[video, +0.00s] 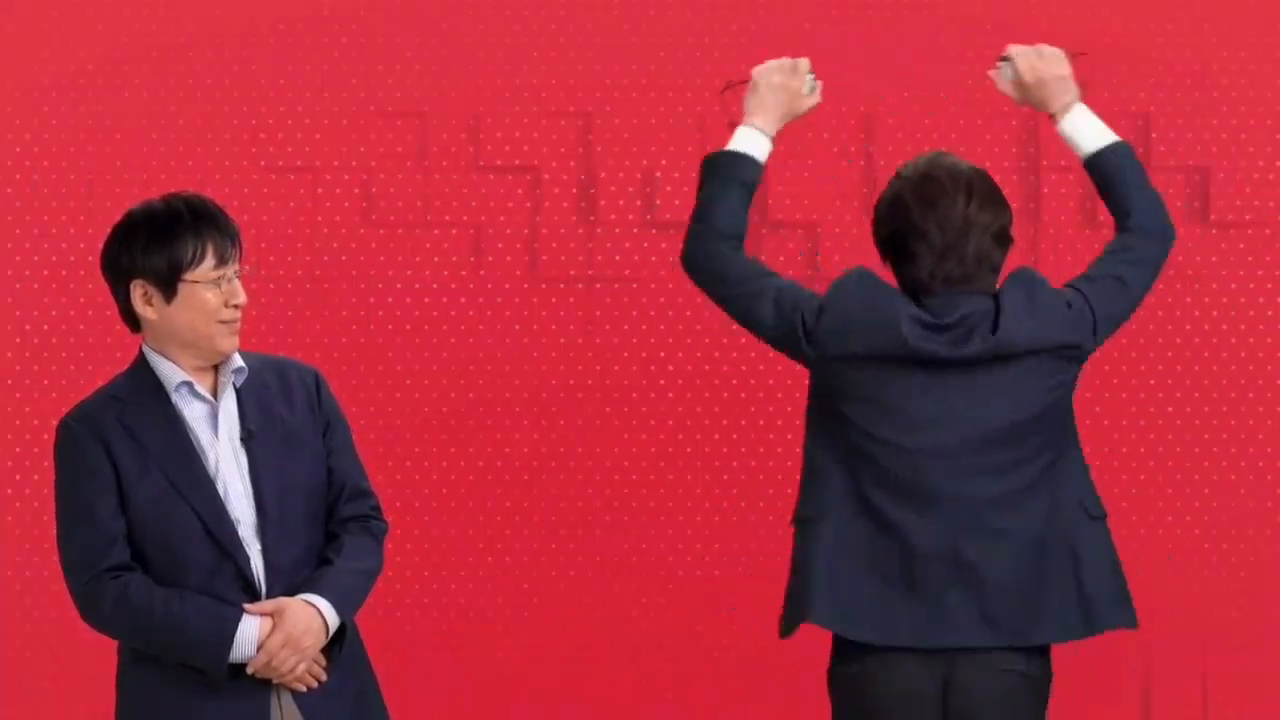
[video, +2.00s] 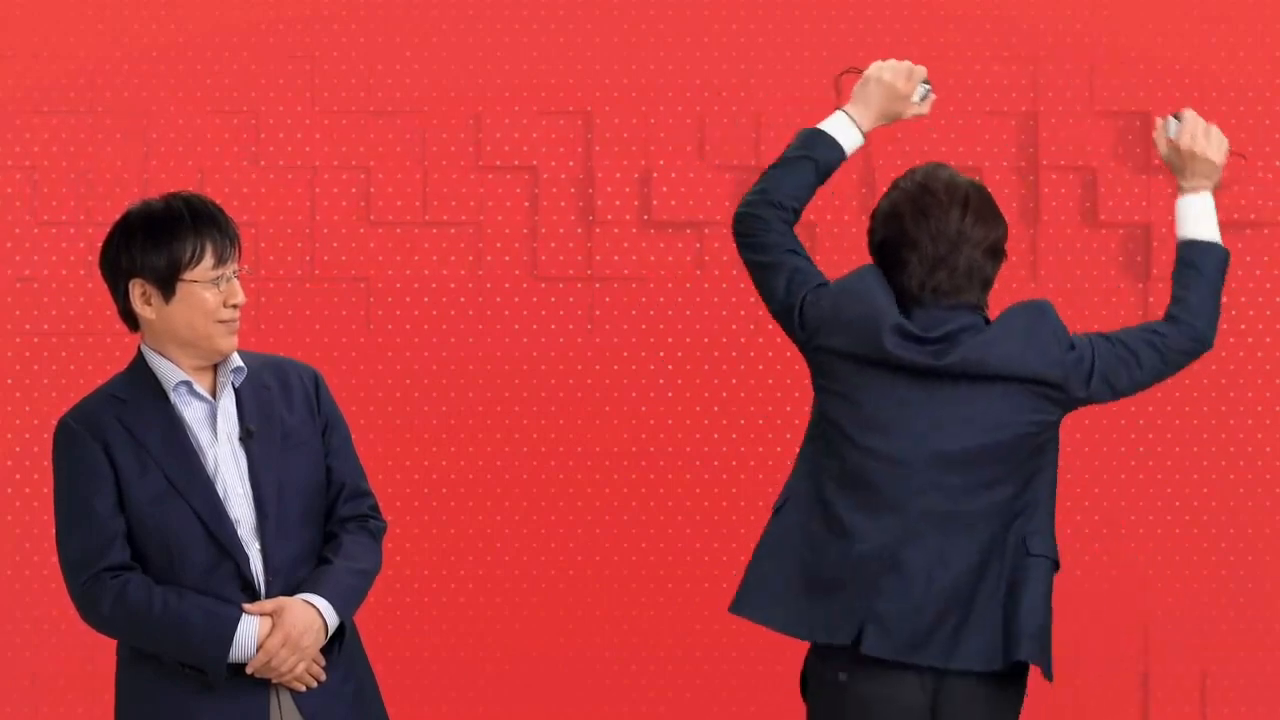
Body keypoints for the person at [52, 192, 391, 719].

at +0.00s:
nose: (238, 298)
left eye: (236, 278)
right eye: (214, 282)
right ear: (147, 300)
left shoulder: (302, 390)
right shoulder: (93, 433)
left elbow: (361, 525)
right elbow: (103, 591)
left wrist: (320, 612)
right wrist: (251, 639)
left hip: (333, 700)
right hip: (192, 708)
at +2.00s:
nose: (237, 297)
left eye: (235, 277)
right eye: (213, 282)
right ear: (146, 300)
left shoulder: (300, 389)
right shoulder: (91, 433)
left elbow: (360, 524)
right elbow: (102, 589)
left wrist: (319, 612)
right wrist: (250, 639)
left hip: (333, 699)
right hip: (191, 707)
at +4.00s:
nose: (237, 298)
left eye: (235, 278)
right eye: (213, 283)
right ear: (147, 301)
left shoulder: (301, 390)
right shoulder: (91, 434)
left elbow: (361, 525)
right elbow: (104, 591)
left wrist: (320, 612)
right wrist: (252, 639)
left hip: (332, 700)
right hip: (192, 708)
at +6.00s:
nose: (238, 298)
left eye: (236, 278)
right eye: (214, 282)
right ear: (147, 300)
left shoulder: (301, 389)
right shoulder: (92, 433)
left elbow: (361, 523)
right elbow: (104, 591)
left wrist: (320, 612)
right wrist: (252, 639)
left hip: (334, 700)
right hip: (192, 708)